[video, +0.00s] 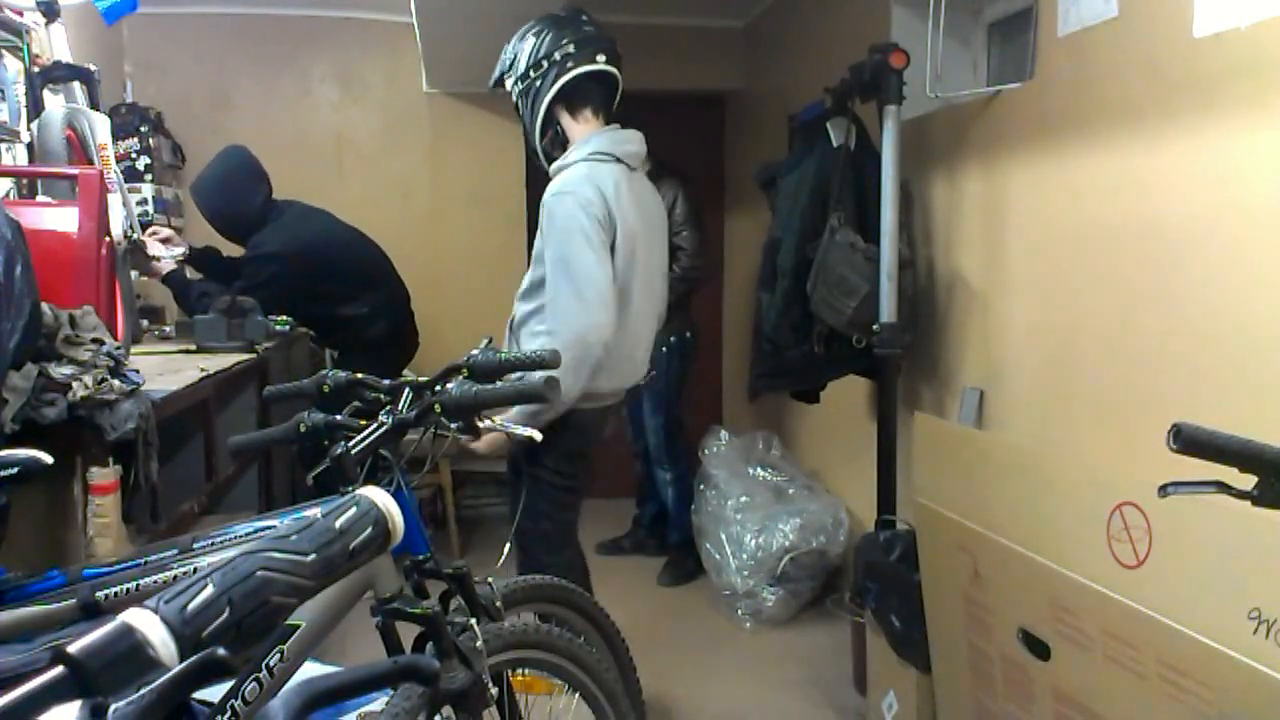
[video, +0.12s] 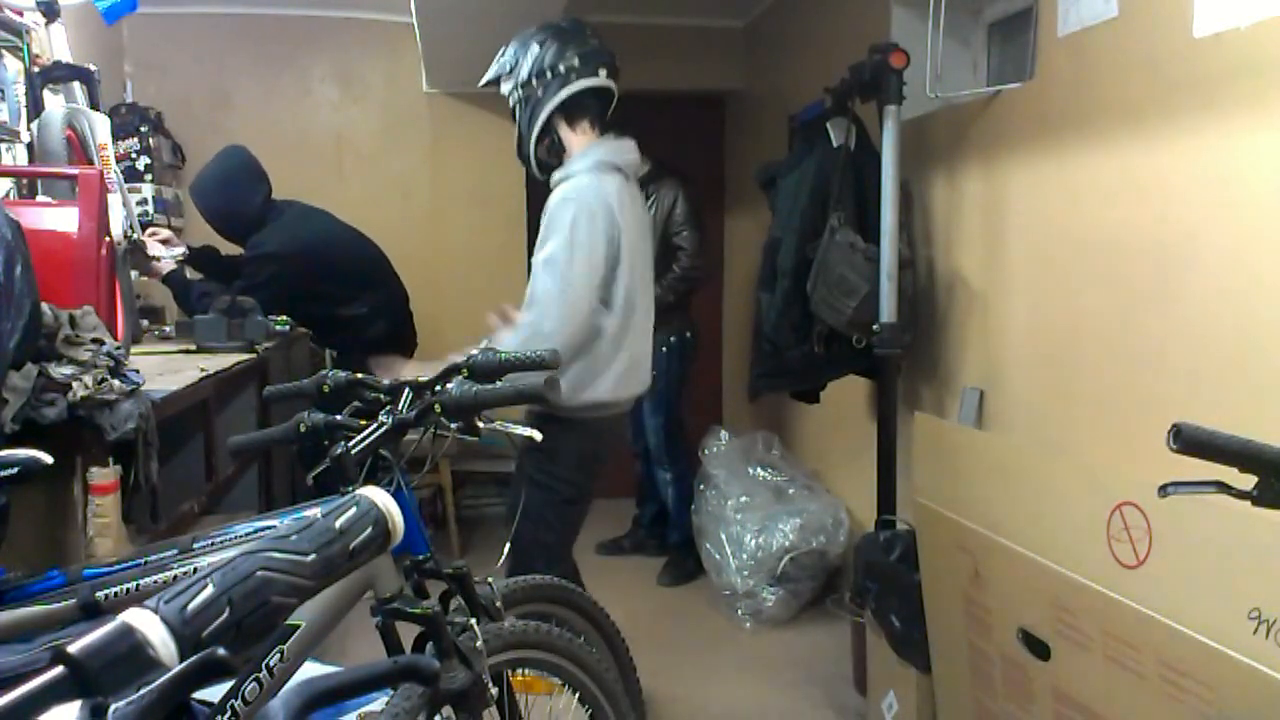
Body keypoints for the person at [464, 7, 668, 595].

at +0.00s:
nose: (521, 117)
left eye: (524, 101)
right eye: (519, 101)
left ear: (548, 98)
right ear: (606, 95)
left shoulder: (573, 191)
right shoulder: (643, 189)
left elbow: (578, 327)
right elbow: (649, 306)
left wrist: (512, 424)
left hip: (566, 408)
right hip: (601, 401)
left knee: (543, 547)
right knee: (553, 540)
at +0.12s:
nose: (516, 123)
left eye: (519, 107)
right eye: (515, 106)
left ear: (545, 103)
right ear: (594, 103)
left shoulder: (583, 195)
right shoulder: (621, 188)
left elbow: (550, 332)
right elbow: (605, 314)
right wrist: (527, 327)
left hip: (572, 416)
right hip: (598, 409)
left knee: (535, 564)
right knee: (544, 557)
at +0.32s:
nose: (514, 141)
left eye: (518, 123)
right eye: (513, 123)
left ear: (548, 118)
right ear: (568, 116)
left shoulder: (592, 207)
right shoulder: (592, 200)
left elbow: (549, 334)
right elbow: (559, 322)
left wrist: (485, 349)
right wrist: (500, 335)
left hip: (570, 416)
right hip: (565, 412)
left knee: (540, 563)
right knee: (533, 558)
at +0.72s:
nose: (509, 142)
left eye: (520, 129)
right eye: (507, 129)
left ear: (560, 127)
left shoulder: (610, 206)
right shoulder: (526, 206)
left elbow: (618, 322)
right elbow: (487, 307)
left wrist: (572, 380)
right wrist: (429, 342)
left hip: (576, 397)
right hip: (515, 393)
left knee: (567, 544)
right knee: (511, 537)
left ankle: (614, 683)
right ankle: (566, 642)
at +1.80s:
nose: (558, 119)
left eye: (570, 102)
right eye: (557, 103)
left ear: (616, 107)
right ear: (610, 113)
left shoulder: (671, 211)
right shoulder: (574, 204)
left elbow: (690, 335)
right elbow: (533, 309)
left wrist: (633, 388)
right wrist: (454, 334)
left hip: (617, 427)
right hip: (548, 416)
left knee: (590, 591)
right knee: (482, 563)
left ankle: (652, 706)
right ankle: (471, 691)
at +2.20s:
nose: (518, 118)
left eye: (530, 101)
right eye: (519, 101)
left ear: (572, 105)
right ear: (570, 109)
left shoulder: (628, 211)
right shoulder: (543, 201)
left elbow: (629, 349)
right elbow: (508, 306)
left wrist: (528, 394)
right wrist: (426, 335)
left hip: (571, 434)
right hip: (502, 416)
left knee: (556, 598)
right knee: (417, 535)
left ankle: (642, 699)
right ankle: (453, 670)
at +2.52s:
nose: (440, 108)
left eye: (448, 91)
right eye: (440, 92)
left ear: (487, 91)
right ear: (491, 93)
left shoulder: (534, 195)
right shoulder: (485, 188)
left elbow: (545, 338)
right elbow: (461, 307)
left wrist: (476, 421)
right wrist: (413, 394)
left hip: (464, 424)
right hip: (426, 413)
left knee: (480, 583)